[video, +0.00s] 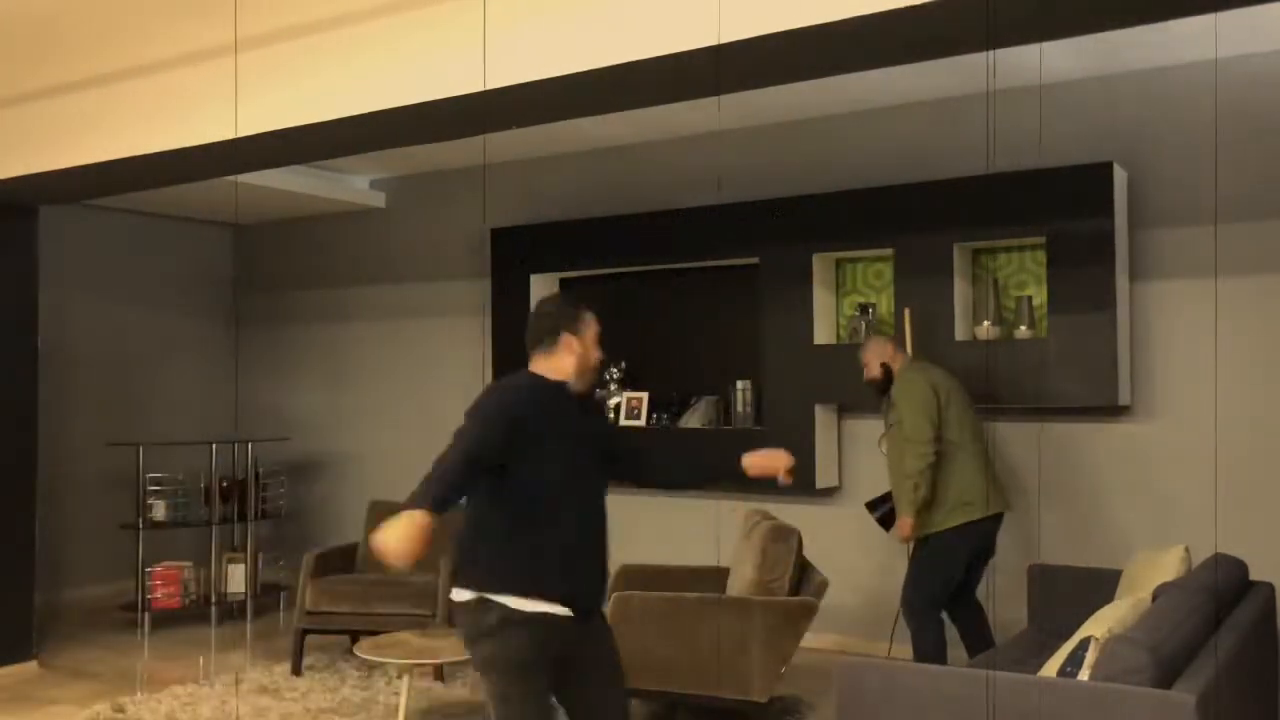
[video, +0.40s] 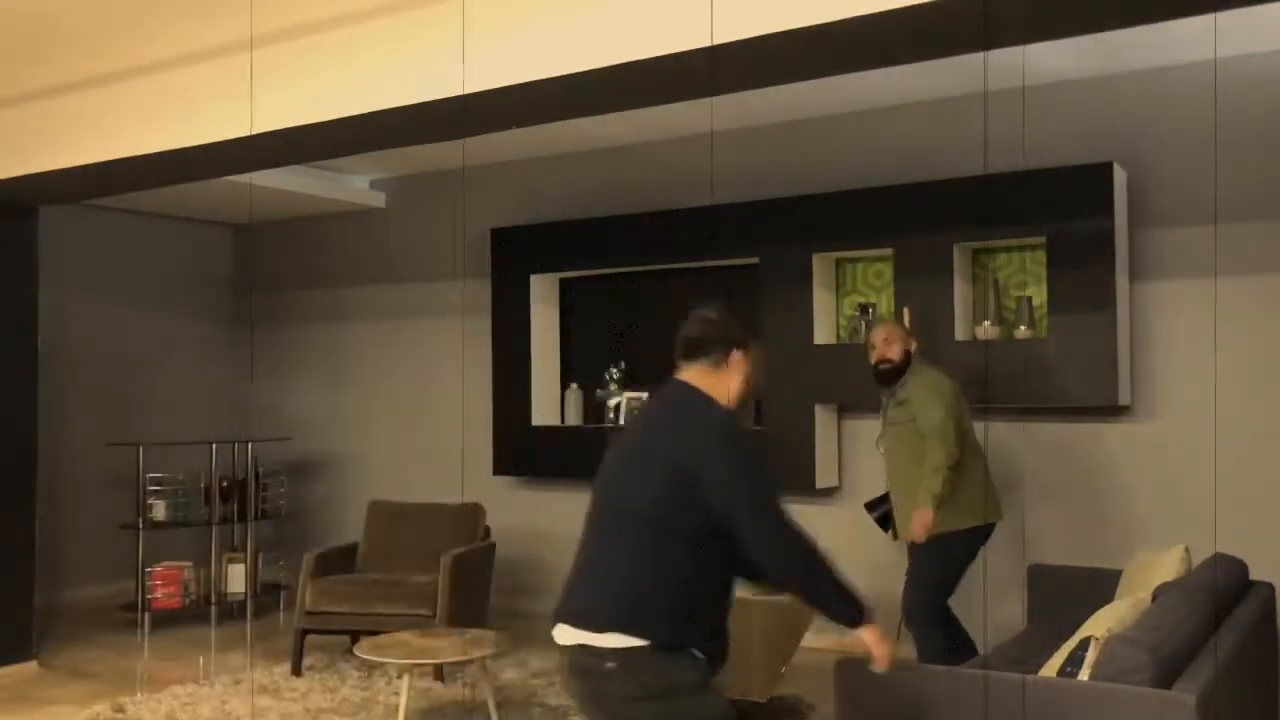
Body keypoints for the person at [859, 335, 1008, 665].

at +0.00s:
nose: (868, 377)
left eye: (869, 366)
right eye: (865, 369)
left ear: (888, 353)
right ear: (894, 352)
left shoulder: (912, 381)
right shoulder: (933, 376)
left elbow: (918, 451)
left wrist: (907, 512)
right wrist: (906, 502)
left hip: (954, 514)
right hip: (982, 509)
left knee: (918, 602)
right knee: (959, 598)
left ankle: (933, 692)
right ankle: (991, 677)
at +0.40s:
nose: (881, 352)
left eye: (889, 342)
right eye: (874, 347)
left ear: (910, 346)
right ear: (869, 356)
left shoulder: (927, 385)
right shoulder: (901, 393)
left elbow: (942, 449)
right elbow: (913, 458)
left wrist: (926, 506)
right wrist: (900, 504)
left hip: (960, 515)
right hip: (940, 518)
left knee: (920, 606)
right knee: (926, 605)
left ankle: (941, 692)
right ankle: (974, 680)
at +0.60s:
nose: (908, 344)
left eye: (917, 335)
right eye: (900, 336)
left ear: (933, 336)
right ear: (890, 340)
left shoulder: (956, 381)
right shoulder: (898, 381)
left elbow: (967, 453)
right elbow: (893, 449)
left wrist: (940, 505)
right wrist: (887, 504)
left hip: (946, 522)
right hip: (905, 519)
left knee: (923, 604)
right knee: (884, 600)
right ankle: (944, 661)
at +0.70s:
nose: (924, 346)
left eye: (932, 337)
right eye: (913, 337)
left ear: (943, 337)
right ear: (898, 338)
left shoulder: (968, 380)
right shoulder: (880, 379)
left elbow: (993, 438)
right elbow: (857, 438)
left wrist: (987, 495)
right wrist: (859, 486)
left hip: (945, 513)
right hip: (887, 511)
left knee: (938, 606)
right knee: (895, 603)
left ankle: (957, 688)